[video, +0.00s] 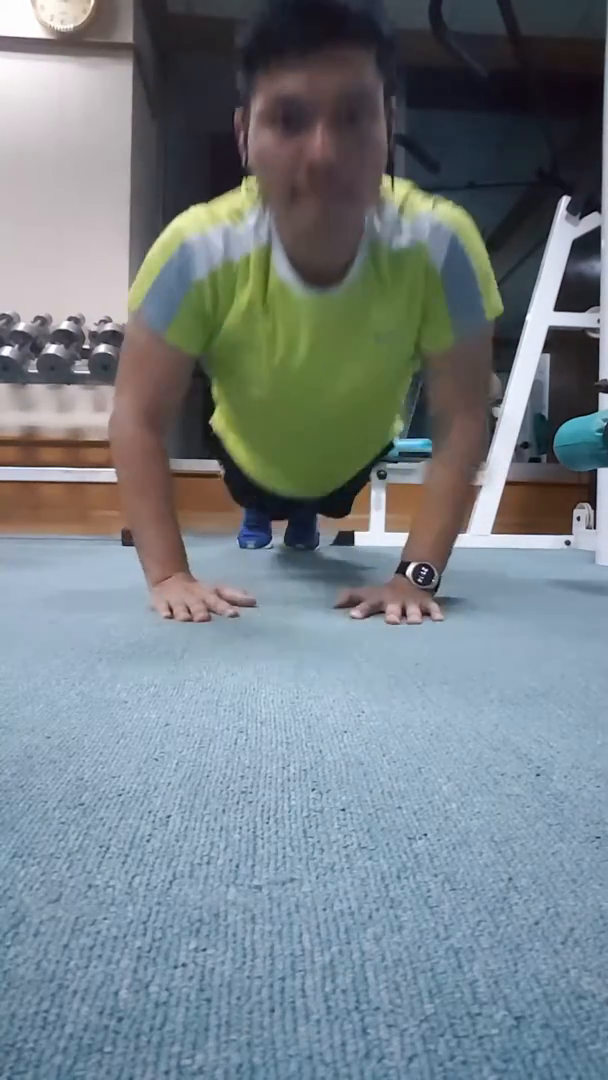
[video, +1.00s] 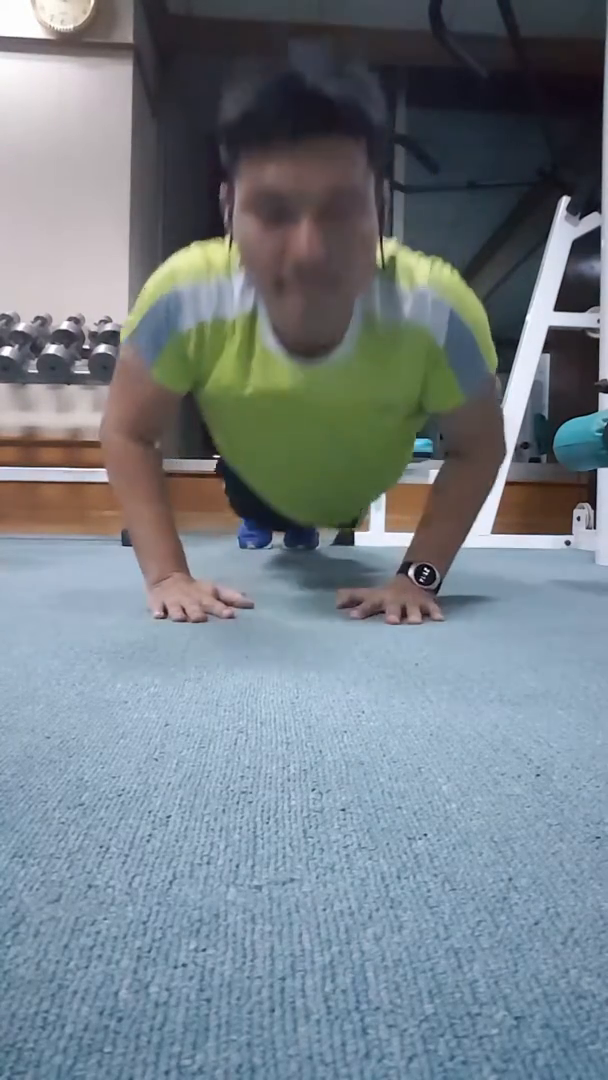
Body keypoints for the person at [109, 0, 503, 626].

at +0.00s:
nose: (323, 151)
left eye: (352, 118)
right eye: (291, 121)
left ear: (390, 126)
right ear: (244, 135)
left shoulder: (439, 243)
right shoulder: (198, 249)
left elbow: (464, 418)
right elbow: (136, 419)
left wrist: (416, 576)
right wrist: (169, 576)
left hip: (351, 457)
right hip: (250, 455)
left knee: (320, 499)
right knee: (257, 495)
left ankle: (303, 519)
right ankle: (262, 517)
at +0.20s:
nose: (327, 98)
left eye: (356, 67)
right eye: (296, 68)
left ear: (393, 82)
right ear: (259, 87)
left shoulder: (436, 221)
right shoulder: (212, 210)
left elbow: (431, 407)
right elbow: (161, 387)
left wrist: (416, 573)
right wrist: (184, 559)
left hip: (365, 416)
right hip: (270, 403)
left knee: (323, 480)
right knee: (265, 470)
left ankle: (305, 508)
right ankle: (262, 499)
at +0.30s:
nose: (326, 103)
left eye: (354, 72)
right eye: (297, 73)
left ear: (392, 86)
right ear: (262, 90)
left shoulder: (431, 222)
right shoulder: (217, 202)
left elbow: (429, 407)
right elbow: (173, 355)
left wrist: (414, 573)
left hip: (365, 396)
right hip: (269, 384)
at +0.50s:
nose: (324, 107)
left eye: (354, 76)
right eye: (296, 79)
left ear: (393, 88)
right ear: (265, 93)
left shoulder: (434, 223)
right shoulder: (225, 199)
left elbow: (430, 405)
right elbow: (188, 358)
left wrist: (414, 574)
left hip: (368, 414)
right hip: (278, 402)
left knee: (327, 482)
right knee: (270, 471)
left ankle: (305, 504)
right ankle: (262, 502)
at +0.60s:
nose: (327, 112)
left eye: (358, 80)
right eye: (299, 81)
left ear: (399, 92)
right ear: (267, 93)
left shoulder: (437, 225)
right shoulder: (222, 205)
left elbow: (433, 412)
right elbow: (172, 364)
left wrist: (415, 573)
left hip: (374, 410)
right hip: (281, 393)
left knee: (329, 482)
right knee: (268, 472)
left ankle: (304, 505)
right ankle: (263, 507)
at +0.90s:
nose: (313, 187)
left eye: (342, 151)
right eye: (279, 152)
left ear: (383, 154)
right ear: (237, 162)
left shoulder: (435, 270)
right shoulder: (197, 259)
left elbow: (467, 436)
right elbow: (141, 422)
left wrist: (417, 578)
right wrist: (168, 576)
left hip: (358, 468)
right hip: (262, 449)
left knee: (324, 498)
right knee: (264, 491)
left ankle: (302, 519)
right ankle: (264, 515)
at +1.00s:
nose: (309, 248)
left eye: (339, 211)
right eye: (275, 214)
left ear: (378, 203)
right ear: (229, 207)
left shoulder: (434, 305)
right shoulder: (184, 294)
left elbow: (478, 447)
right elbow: (127, 434)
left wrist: (418, 578)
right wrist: (167, 575)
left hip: (352, 484)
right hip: (251, 477)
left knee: (328, 512)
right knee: (259, 511)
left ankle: (310, 530)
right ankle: (263, 526)